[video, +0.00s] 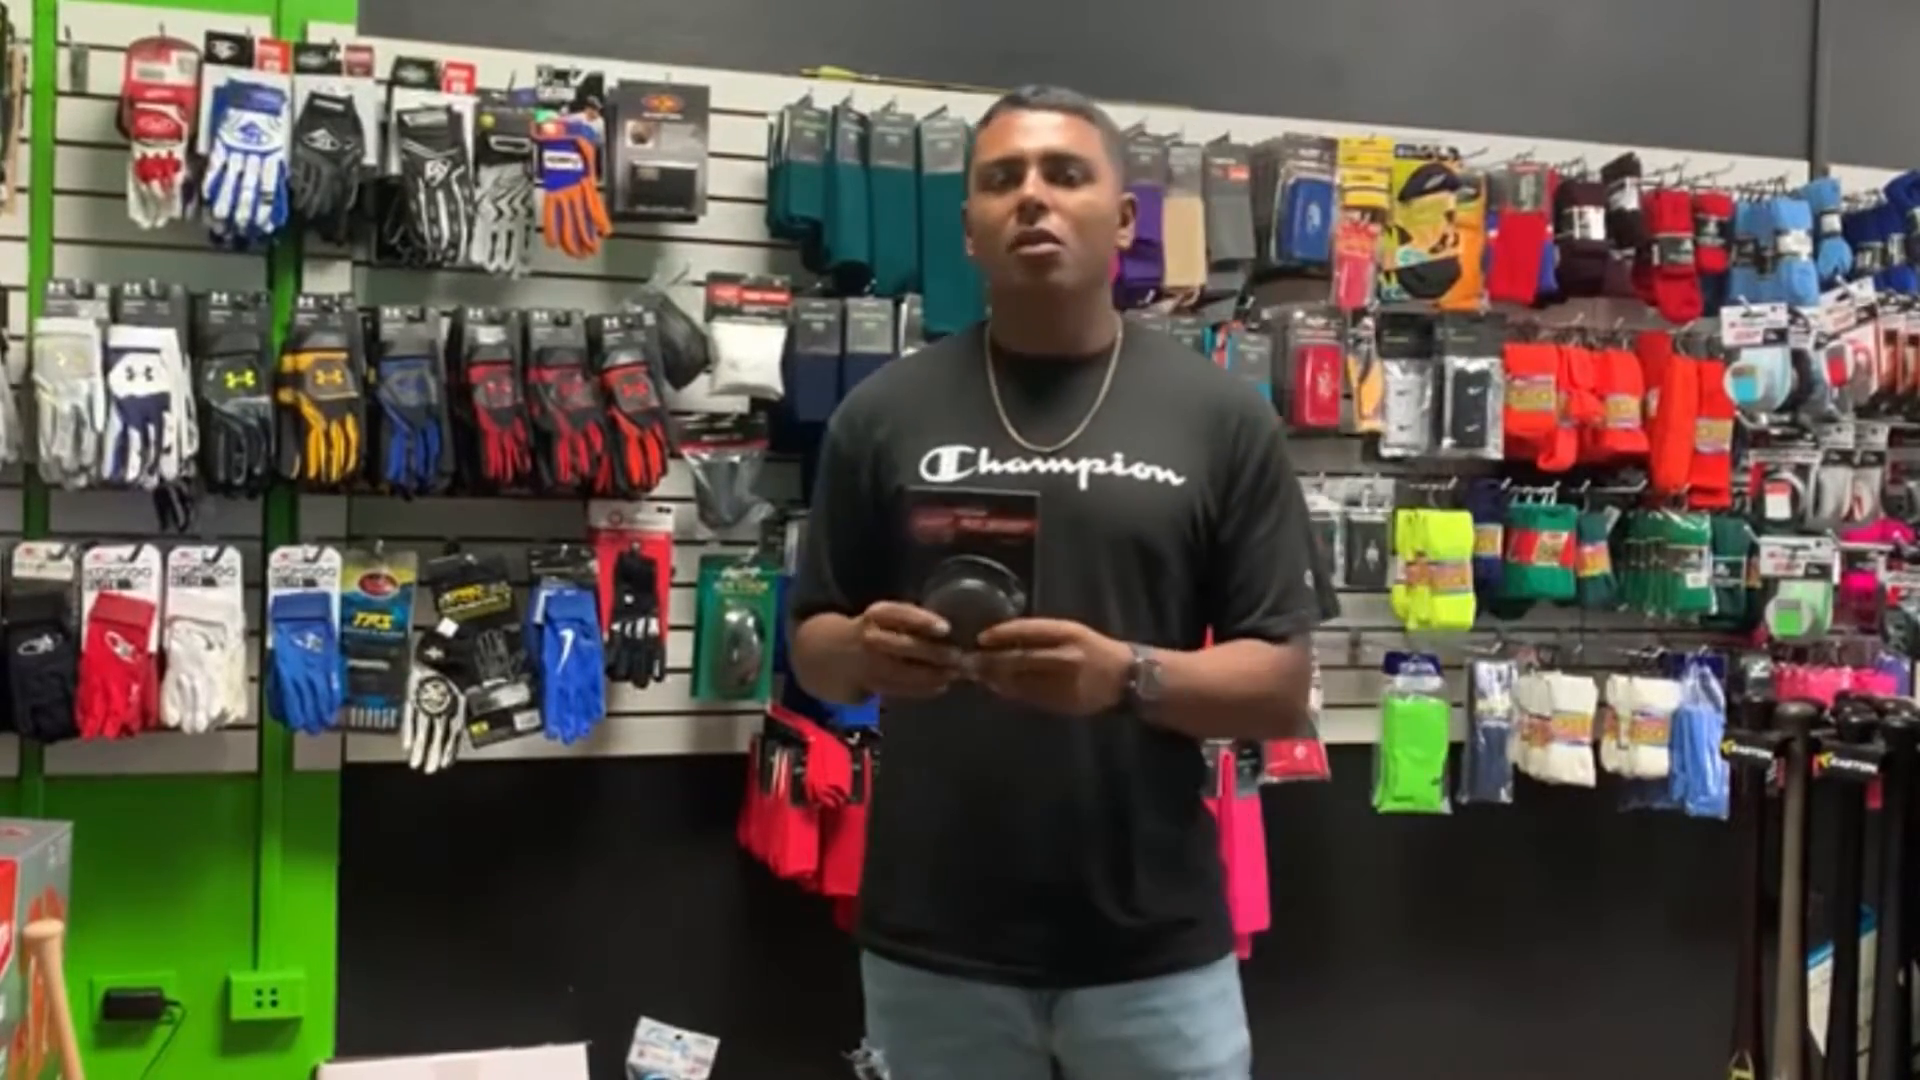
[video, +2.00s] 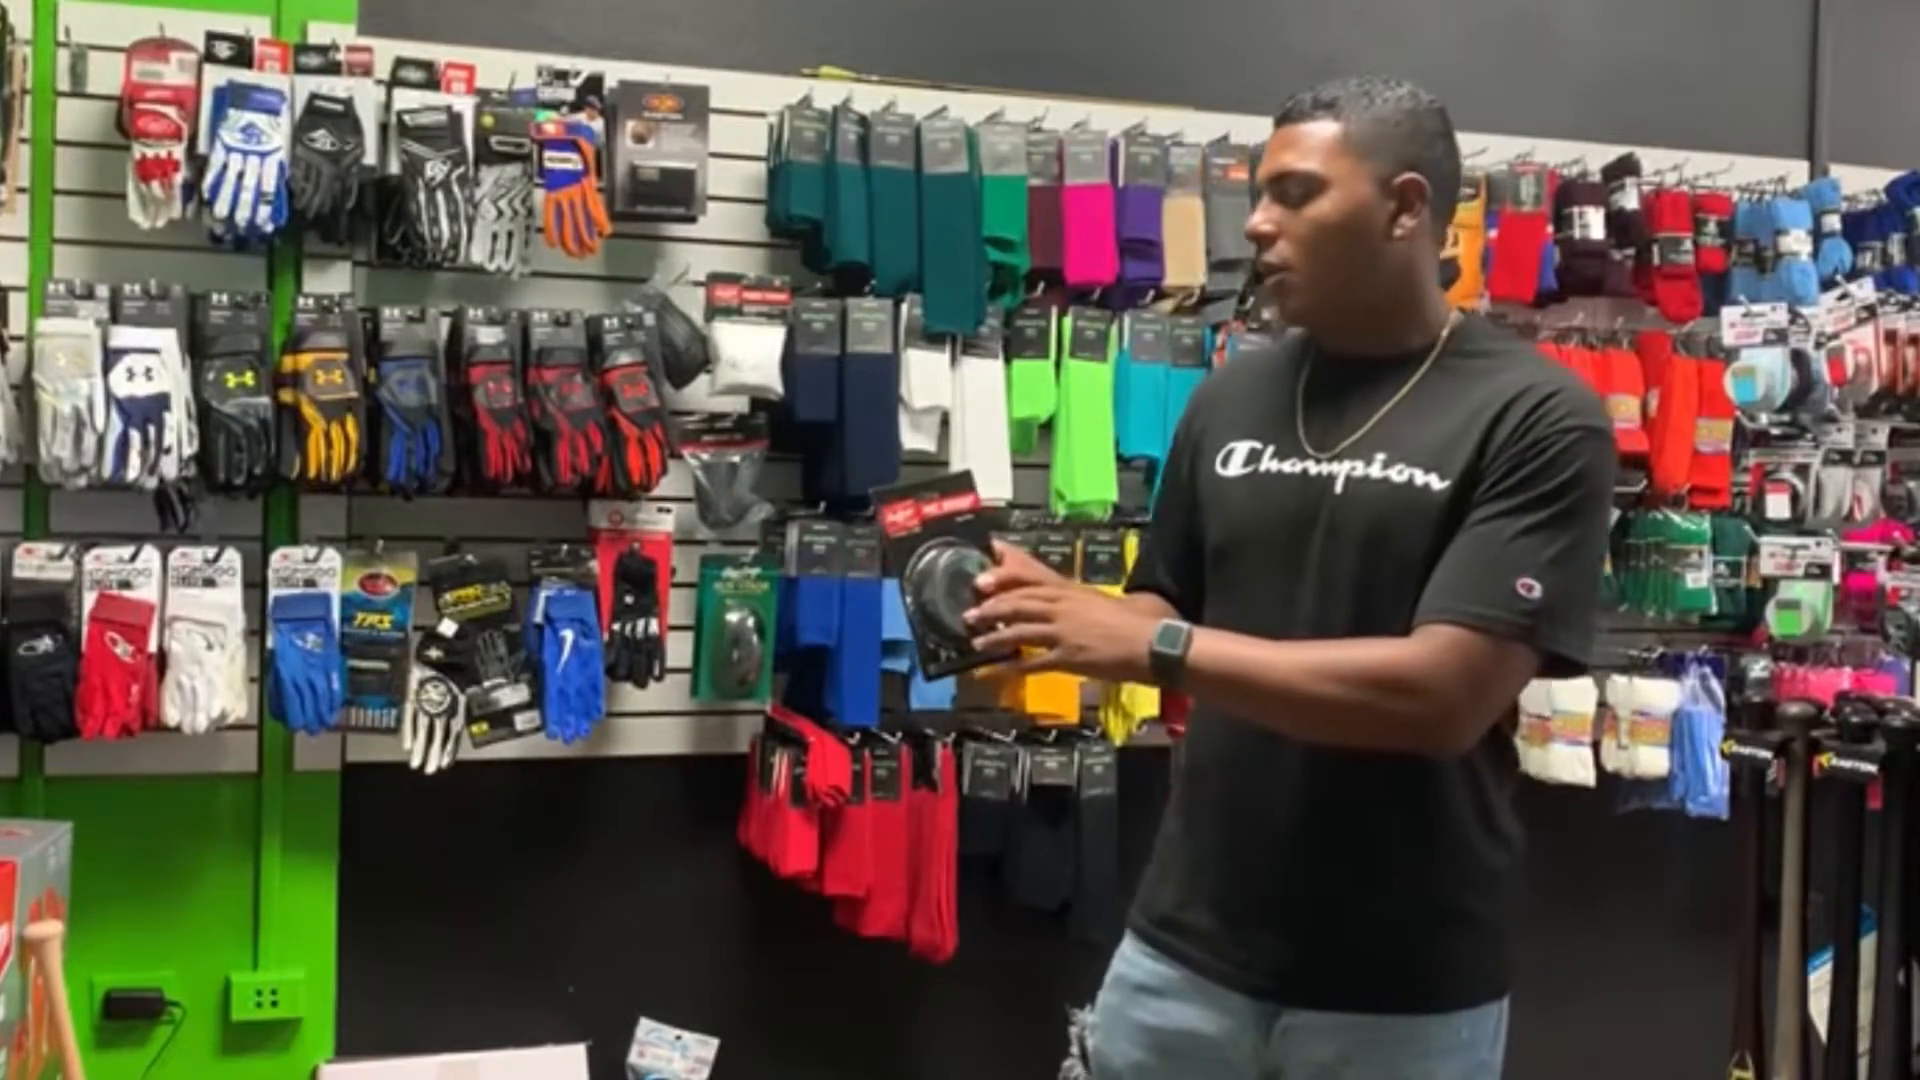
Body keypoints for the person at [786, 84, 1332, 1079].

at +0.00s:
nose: (1033, 195)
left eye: (1066, 172)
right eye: (1003, 176)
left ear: (1123, 217)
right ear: (967, 225)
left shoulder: (1221, 420)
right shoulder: (881, 416)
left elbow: (1283, 683)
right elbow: (812, 648)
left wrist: (1127, 675)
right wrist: (861, 655)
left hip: (1155, 946)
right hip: (935, 945)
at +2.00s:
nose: (1258, 226)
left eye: (1294, 193)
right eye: (1259, 195)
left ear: (1407, 208)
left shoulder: (1539, 418)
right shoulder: (1227, 396)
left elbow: (1442, 698)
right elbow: (1164, 605)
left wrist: (1157, 645)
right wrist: (1055, 618)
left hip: (1404, 991)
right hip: (1184, 958)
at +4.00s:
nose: (1038, 243)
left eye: (1072, 207)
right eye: (1038, 215)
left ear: (1176, 214)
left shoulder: (1314, 396)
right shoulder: (1022, 408)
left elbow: (1249, 657)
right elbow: (985, 655)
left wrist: (973, 622)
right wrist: (870, 604)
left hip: (1232, 946)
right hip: (1027, 935)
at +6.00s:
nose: (1337, 199)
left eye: (1380, 172)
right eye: (1310, 173)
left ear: (1451, 213)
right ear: (1277, 206)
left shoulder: (1539, 416)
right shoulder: (1211, 386)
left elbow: (1490, 710)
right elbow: (1156, 599)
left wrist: (1197, 655)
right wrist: (1074, 609)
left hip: (1404, 972)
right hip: (1188, 939)